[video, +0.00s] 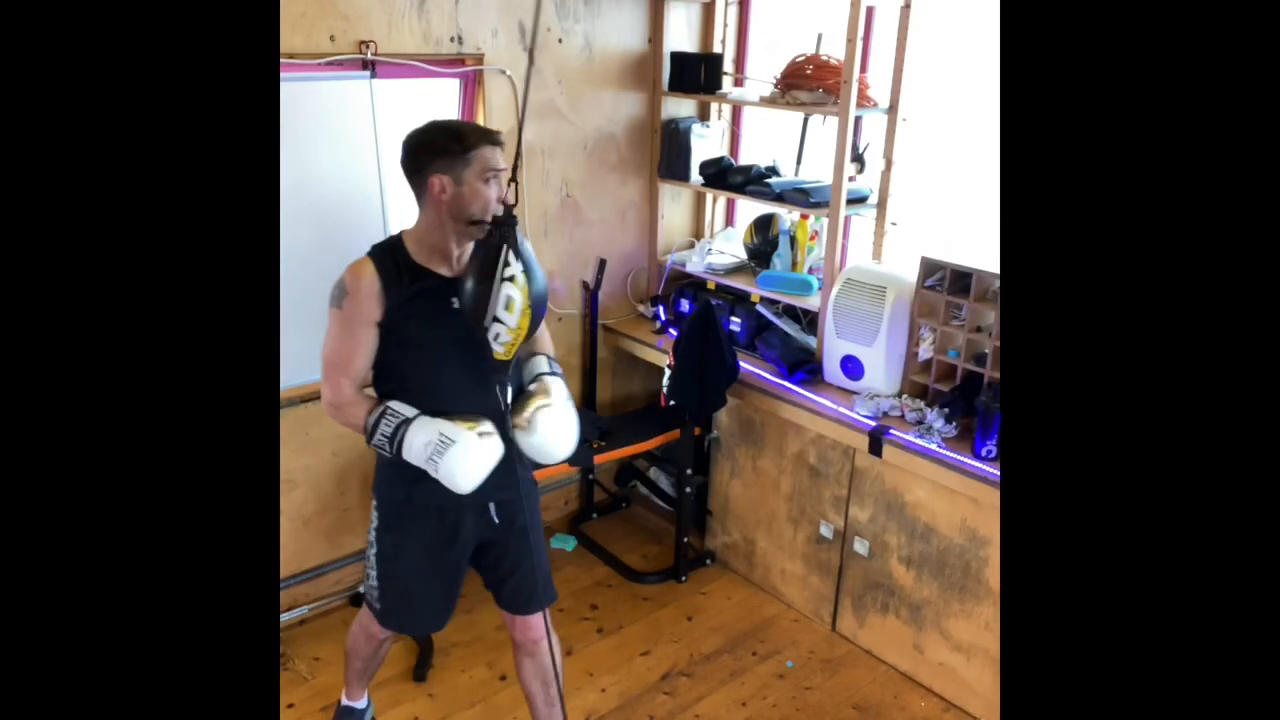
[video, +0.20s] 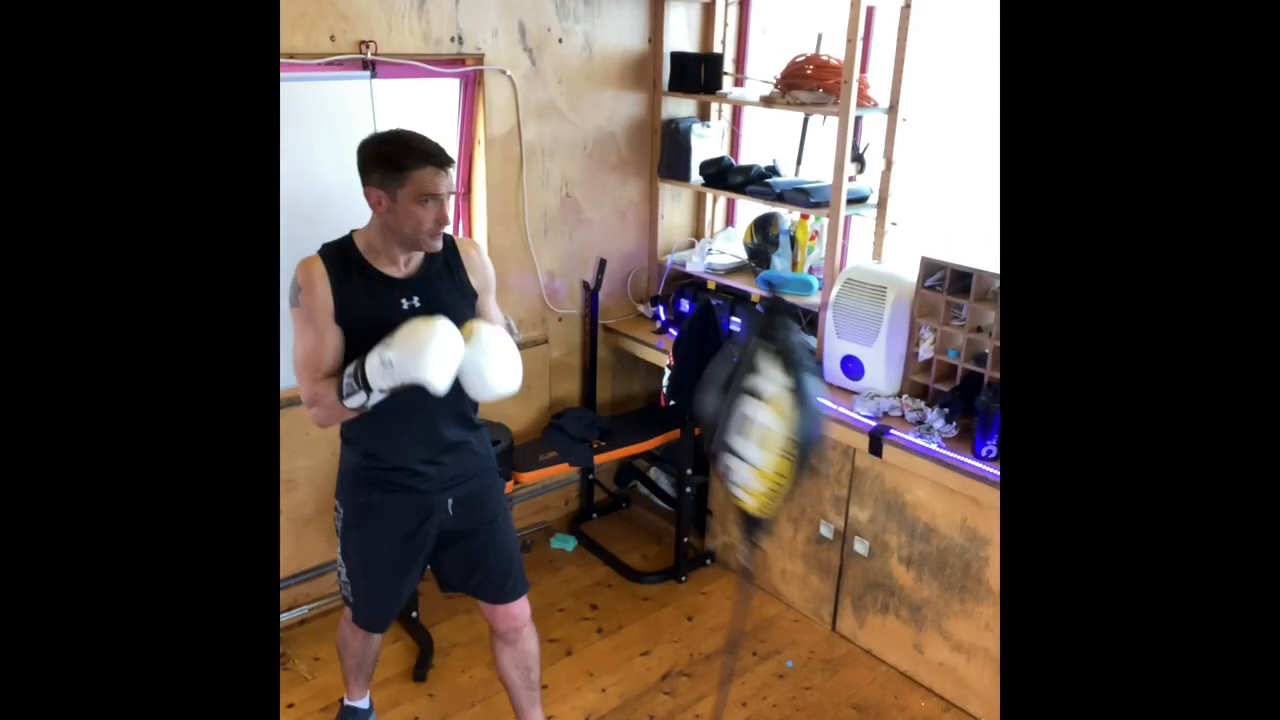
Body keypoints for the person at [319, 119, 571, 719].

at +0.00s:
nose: (505, 194)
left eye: (504, 178)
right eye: (491, 179)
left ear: (447, 188)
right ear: (440, 188)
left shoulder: (505, 257)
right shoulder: (369, 282)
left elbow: (532, 336)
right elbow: (341, 393)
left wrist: (545, 387)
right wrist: (416, 436)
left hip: (504, 469)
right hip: (416, 479)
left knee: (533, 625)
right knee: (383, 619)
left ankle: (552, 718)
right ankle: (353, 708)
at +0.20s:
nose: (445, 216)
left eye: (449, 197)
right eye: (427, 200)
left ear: (454, 194)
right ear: (378, 201)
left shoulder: (467, 258)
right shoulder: (323, 276)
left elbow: (497, 344)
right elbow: (320, 405)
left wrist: (496, 357)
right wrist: (380, 370)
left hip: (468, 472)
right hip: (380, 485)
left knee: (514, 615)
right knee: (368, 620)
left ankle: (534, 717)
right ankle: (357, 707)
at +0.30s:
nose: (436, 222)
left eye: (442, 204)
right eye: (419, 206)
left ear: (449, 197)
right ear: (371, 202)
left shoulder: (461, 252)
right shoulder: (322, 270)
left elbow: (495, 360)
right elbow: (323, 401)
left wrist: (491, 343)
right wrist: (361, 344)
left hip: (463, 466)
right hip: (376, 480)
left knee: (507, 609)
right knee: (365, 616)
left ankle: (514, 709)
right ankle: (357, 707)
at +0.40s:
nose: (439, 223)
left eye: (447, 205)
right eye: (422, 209)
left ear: (455, 197)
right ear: (378, 204)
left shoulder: (470, 250)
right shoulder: (337, 262)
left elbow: (488, 333)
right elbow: (346, 388)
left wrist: (492, 330)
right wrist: (390, 336)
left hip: (463, 462)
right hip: (380, 476)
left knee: (497, 603)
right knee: (361, 610)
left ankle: (508, 706)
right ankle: (357, 706)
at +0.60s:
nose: (467, 226)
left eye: (474, 209)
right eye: (448, 211)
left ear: (482, 198)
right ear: (405, 204)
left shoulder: (489, 241)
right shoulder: (368, 257)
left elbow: (517, 310)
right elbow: (423, 356)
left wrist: (539, 315)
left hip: (469, 451)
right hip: (390, 461)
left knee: (490, 586)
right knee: (365, 602)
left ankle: (507, 703)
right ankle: (355, 703)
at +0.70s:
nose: (474, 234)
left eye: (481, 217)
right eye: (456, 218)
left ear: (489, 207)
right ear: (412, 209)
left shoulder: (491, 242)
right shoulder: (364, 267)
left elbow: (503, 321)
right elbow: (376, 395)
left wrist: (519, 335)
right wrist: (452, 356)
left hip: (471, 455)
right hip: (394, 467)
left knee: (490, 586)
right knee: (375, 613)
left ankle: (506, 703)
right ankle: (351, 705)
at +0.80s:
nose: (470, 245)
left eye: (477, 225)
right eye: (451, 229)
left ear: (486, 215)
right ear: (409, 221)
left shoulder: (480, 243)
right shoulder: (349, 272)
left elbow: (495, 309)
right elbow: (342, 398)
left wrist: (514, 325)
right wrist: (423, 362)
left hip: (465, 457)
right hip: (386, 469)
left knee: (489, 588)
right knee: (364, 617)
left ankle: (506, 704)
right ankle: (345, 713)